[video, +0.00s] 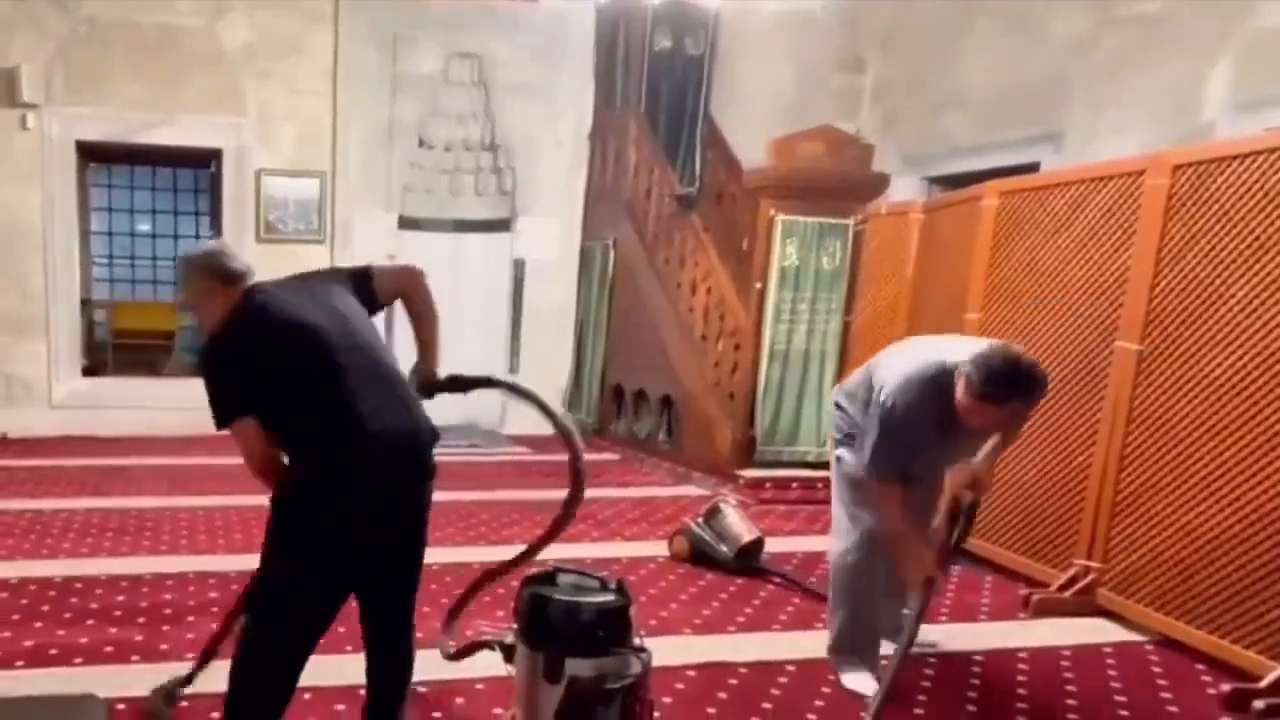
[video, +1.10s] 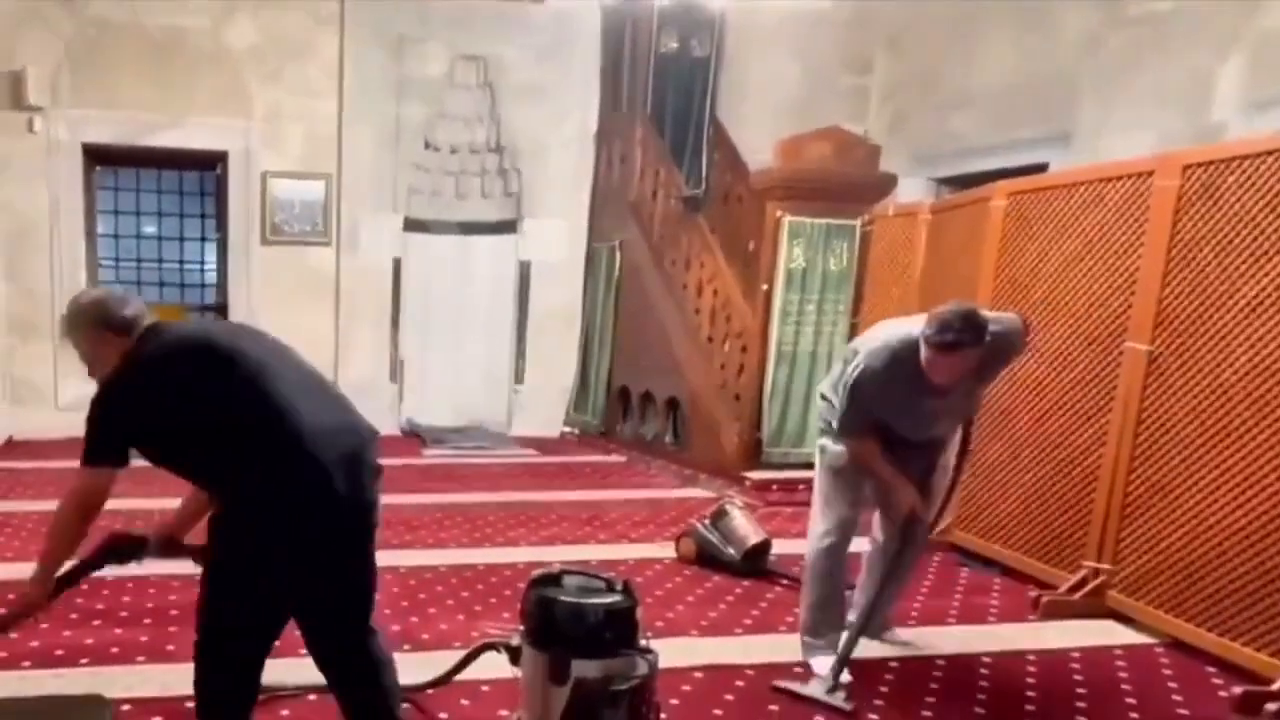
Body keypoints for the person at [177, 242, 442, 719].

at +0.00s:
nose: (196, 317)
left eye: (195, 304)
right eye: (192, 306)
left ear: (212, 291)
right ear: (244, 278)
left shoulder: (225, 346)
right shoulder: (319, 286)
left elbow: (260, 458)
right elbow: (410, 277)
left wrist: (296, 494)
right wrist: (427, 366)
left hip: (333, 477)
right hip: (408, 461)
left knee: (276, 637)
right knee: (391, 628)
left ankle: (247, 715)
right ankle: (386, 714)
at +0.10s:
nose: (177, 322)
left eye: (175, 309)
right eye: (172, 311)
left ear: (191, 296)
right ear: (225, 281)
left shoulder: (204, 348)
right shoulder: (302, 292)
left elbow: (230, 462)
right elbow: (394, 316)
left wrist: (246, 517)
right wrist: (386, 402)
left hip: (317, 478)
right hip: (394, 464)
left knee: (264, 641)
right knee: (382, 630)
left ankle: (242, 716)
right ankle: (384, 712)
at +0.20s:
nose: (145, 327)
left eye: (143, 313)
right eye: (140, 315)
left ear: (161, 300)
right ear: (195, 286)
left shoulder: (180, 351)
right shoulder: (270, 302)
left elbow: (191, 471)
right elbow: (359, 354)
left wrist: (188, 536)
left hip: (297, 480)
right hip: (374, 462)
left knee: (250, 645)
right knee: (373, 629)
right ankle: (383, 711)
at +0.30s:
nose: (113, 333)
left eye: (111, 320)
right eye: (108, 322)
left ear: (128, 310)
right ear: (166, 293)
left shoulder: (146, 359)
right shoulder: (234, 312)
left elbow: (147, 475)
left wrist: (132, 545)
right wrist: (244, 476)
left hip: (279, 486)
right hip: (356, 465)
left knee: (233, 650)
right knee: (362, 633)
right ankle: (381, 710)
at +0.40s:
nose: (85, 350)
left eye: (84, 334)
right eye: (80, 336)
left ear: (102, 320)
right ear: (137, 304)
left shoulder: (117, 373)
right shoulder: (202, 322)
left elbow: (109, 490)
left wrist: (76, 567)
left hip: (266, 489)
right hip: (343, 464)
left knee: (218, 659)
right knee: (356, 630)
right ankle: (378, 710)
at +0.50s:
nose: (63, 361)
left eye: (60, 347)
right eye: (57, 349)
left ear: (79, 333)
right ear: (115, 316)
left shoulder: (99, 385)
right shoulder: (188, 336)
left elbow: (76, 495)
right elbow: (202, 465)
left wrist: (27, 575)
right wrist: (150, 536)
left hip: (247, 493)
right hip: (331, 465)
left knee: (215, 657)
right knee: (356, 634)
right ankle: (379, 709)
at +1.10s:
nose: (87, 366)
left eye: (85, 352)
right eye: (81, 354)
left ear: (102, 340)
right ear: (140, 321)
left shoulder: (122, 390)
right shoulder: (205, 340)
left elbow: (86, 500)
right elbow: (233, 458)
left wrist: (41, 582)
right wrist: (172, 530)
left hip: (271, 498)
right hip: (352, 468)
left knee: (227, 658)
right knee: (345, 637)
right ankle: (386, 711)